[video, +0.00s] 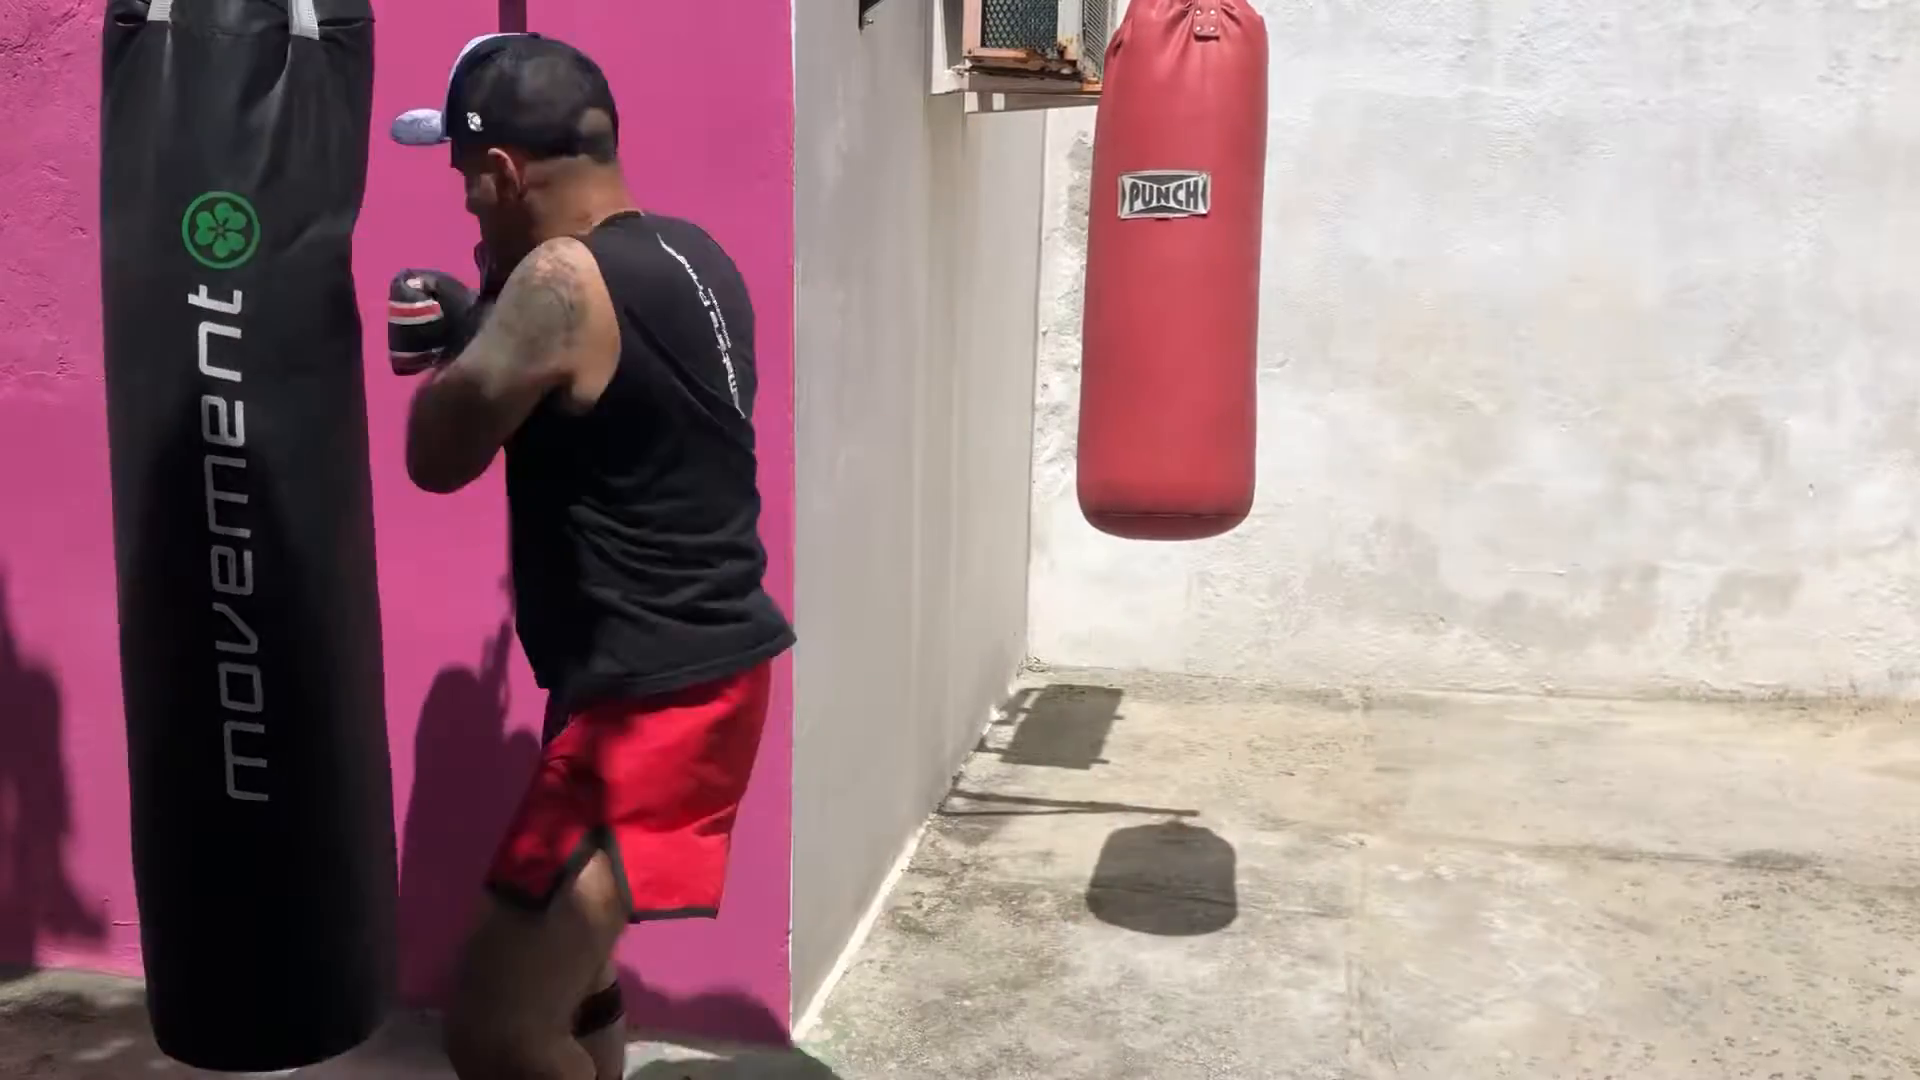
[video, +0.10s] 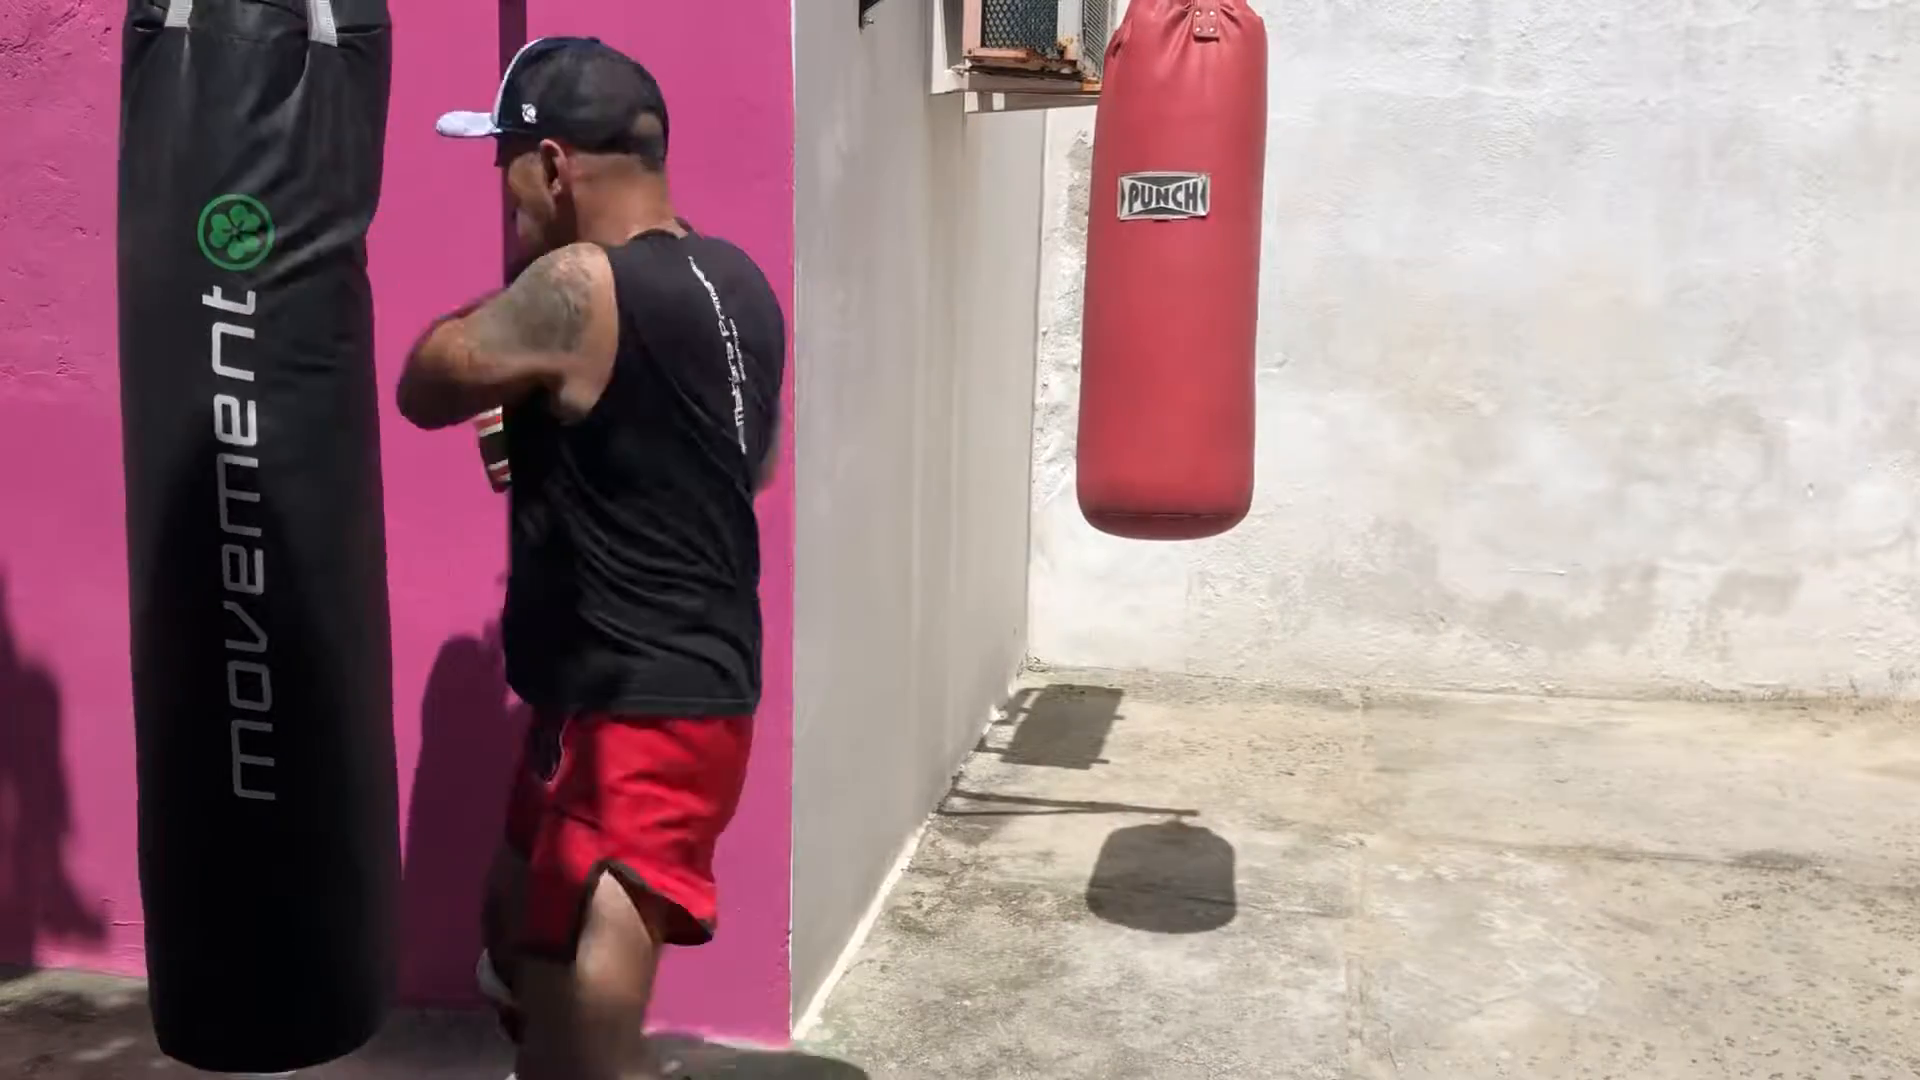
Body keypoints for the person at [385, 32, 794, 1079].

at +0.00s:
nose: (467, 200)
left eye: (466, 174)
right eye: (463, 175)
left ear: (506, 169)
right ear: (601, 142)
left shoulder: (559, 279)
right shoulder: (693, 256)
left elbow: (435, 457)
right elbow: (628, 412)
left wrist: (498, 298)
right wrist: (484, 335)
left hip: (644, 681)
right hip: (712, 663)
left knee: (496, 1024)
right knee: (572, 987)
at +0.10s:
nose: (508, 193)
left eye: (509, 166)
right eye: (505, 167)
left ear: (557, 162)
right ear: (640, 150)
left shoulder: (579, 283)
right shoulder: (741, 286)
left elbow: (424, 389)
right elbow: (746, 470)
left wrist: (525, 296)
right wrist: (557, 440)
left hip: (629, 704)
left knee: (593, 1027)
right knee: (522, 951)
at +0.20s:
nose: (536, 198)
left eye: (544, 168)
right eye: (537, 171)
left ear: (599, 169)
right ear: (682, 165)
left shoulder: (595, 291)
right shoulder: (792, 309)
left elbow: (451, 396)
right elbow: (850, 521)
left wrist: (565, 296)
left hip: (661, 725)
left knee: (674, 1050)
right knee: (499, 904)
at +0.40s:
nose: (549, 278)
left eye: (560, 256)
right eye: (550, 254)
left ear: (626, 269)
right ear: (640, 268)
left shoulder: (756, 400)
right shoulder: (641, 372)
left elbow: (616, 614)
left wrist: (560, 453)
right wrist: (567, 433)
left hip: (785, 754)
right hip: (658, 747)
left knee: (750, 1057)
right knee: (509, 979)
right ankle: (580, 1071)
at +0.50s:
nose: (609, 247)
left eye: (623, 229)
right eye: (614, 224)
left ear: (694, 259)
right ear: (706, 257)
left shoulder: (806, 401)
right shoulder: (691, 337)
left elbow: (648, 587)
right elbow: (571, 363)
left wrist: (603, 415)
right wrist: (491, 339)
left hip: (796, 768)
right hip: (671, 747)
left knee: (781, 1061)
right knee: (542, 973)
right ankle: (596, 1064)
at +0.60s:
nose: (652, 206)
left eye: (662, 184)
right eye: (654, 181)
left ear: (728, 203)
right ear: (758, 200)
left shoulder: (827, 344)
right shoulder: (829, 291)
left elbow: (693, 557)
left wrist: (642, 397)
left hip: (847, 729)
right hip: (736, 704)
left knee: (850, 1032)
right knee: (640, 935)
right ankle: (616, 1072)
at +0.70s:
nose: (684, 213)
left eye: (694, 188)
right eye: (686, 187)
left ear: (758, 200)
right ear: (790, 194)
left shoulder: (853, 337)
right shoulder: (903, 282)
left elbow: (752, 578)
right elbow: (1006, 442)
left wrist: (656, 422)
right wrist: (880, 539)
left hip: (895, 749)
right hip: (793, 723)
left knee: (911, 1054)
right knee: (686, 918)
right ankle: (697, 1079)